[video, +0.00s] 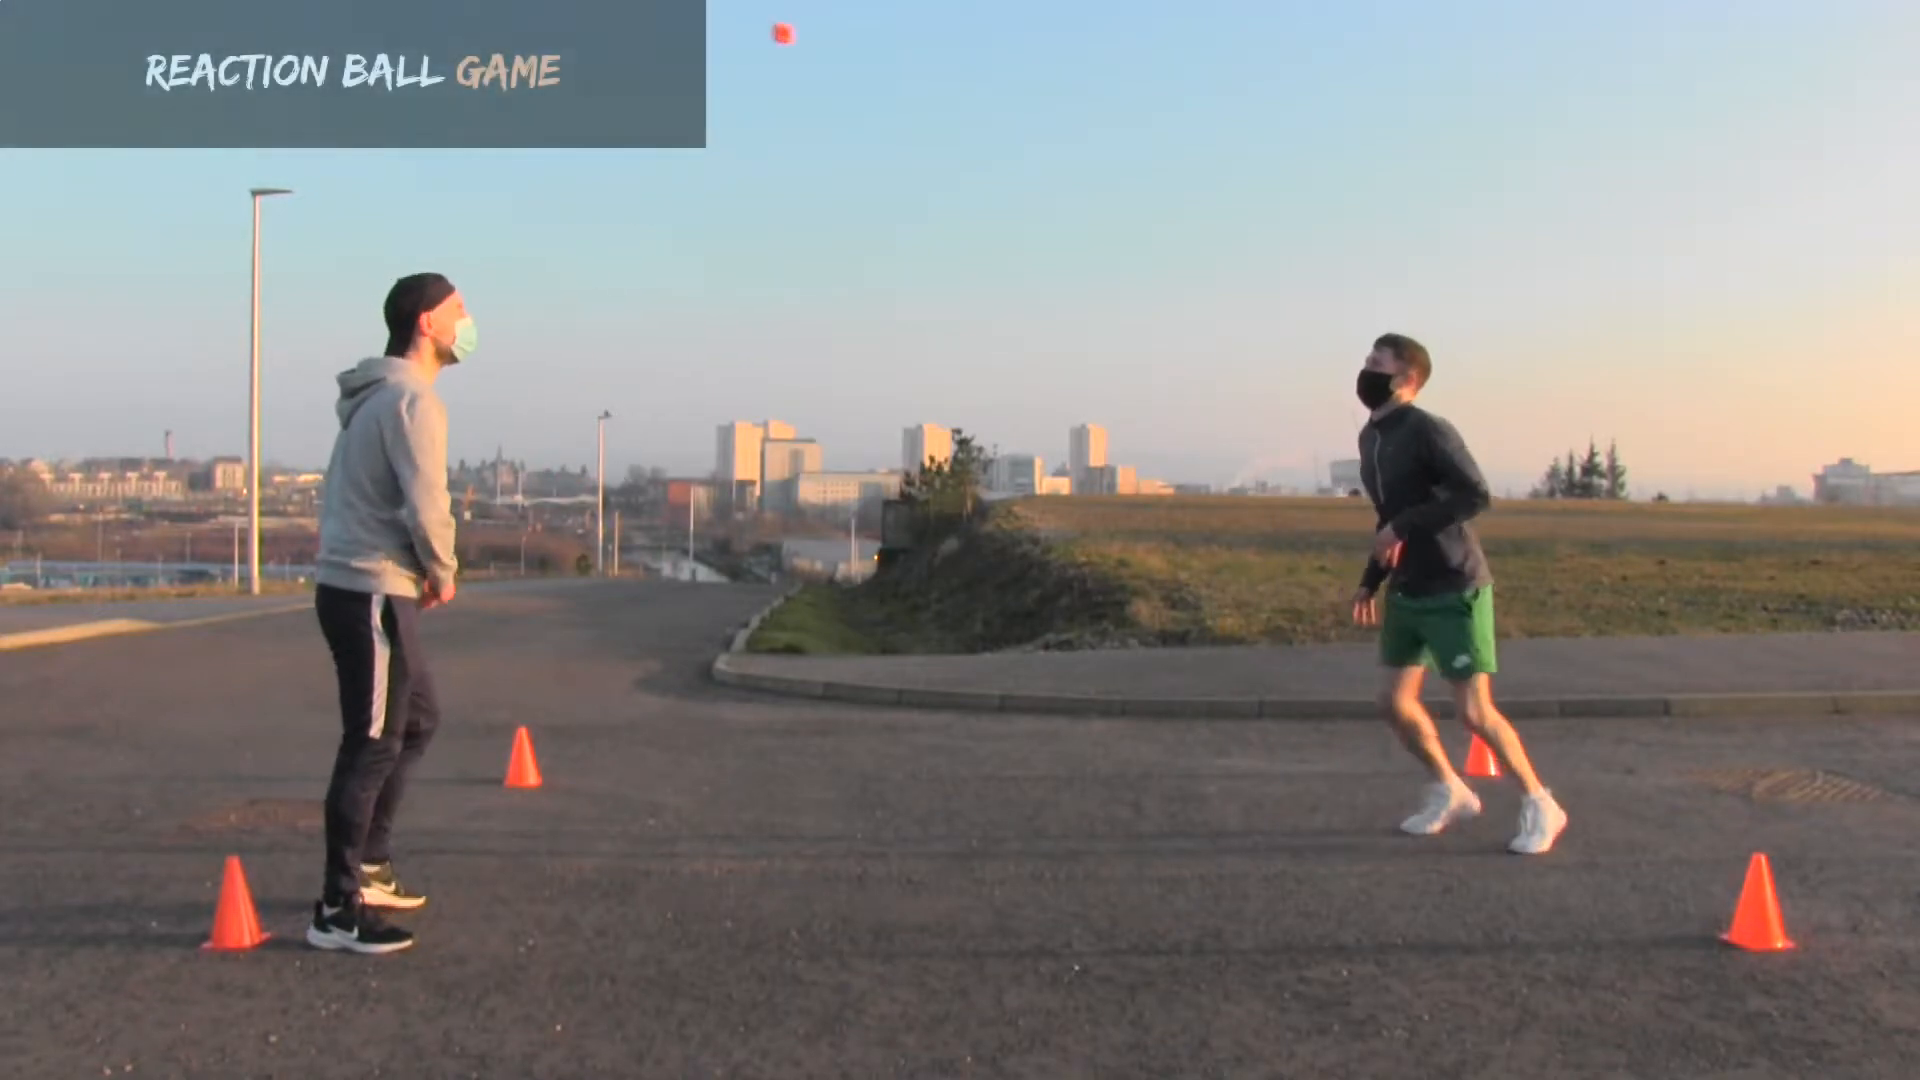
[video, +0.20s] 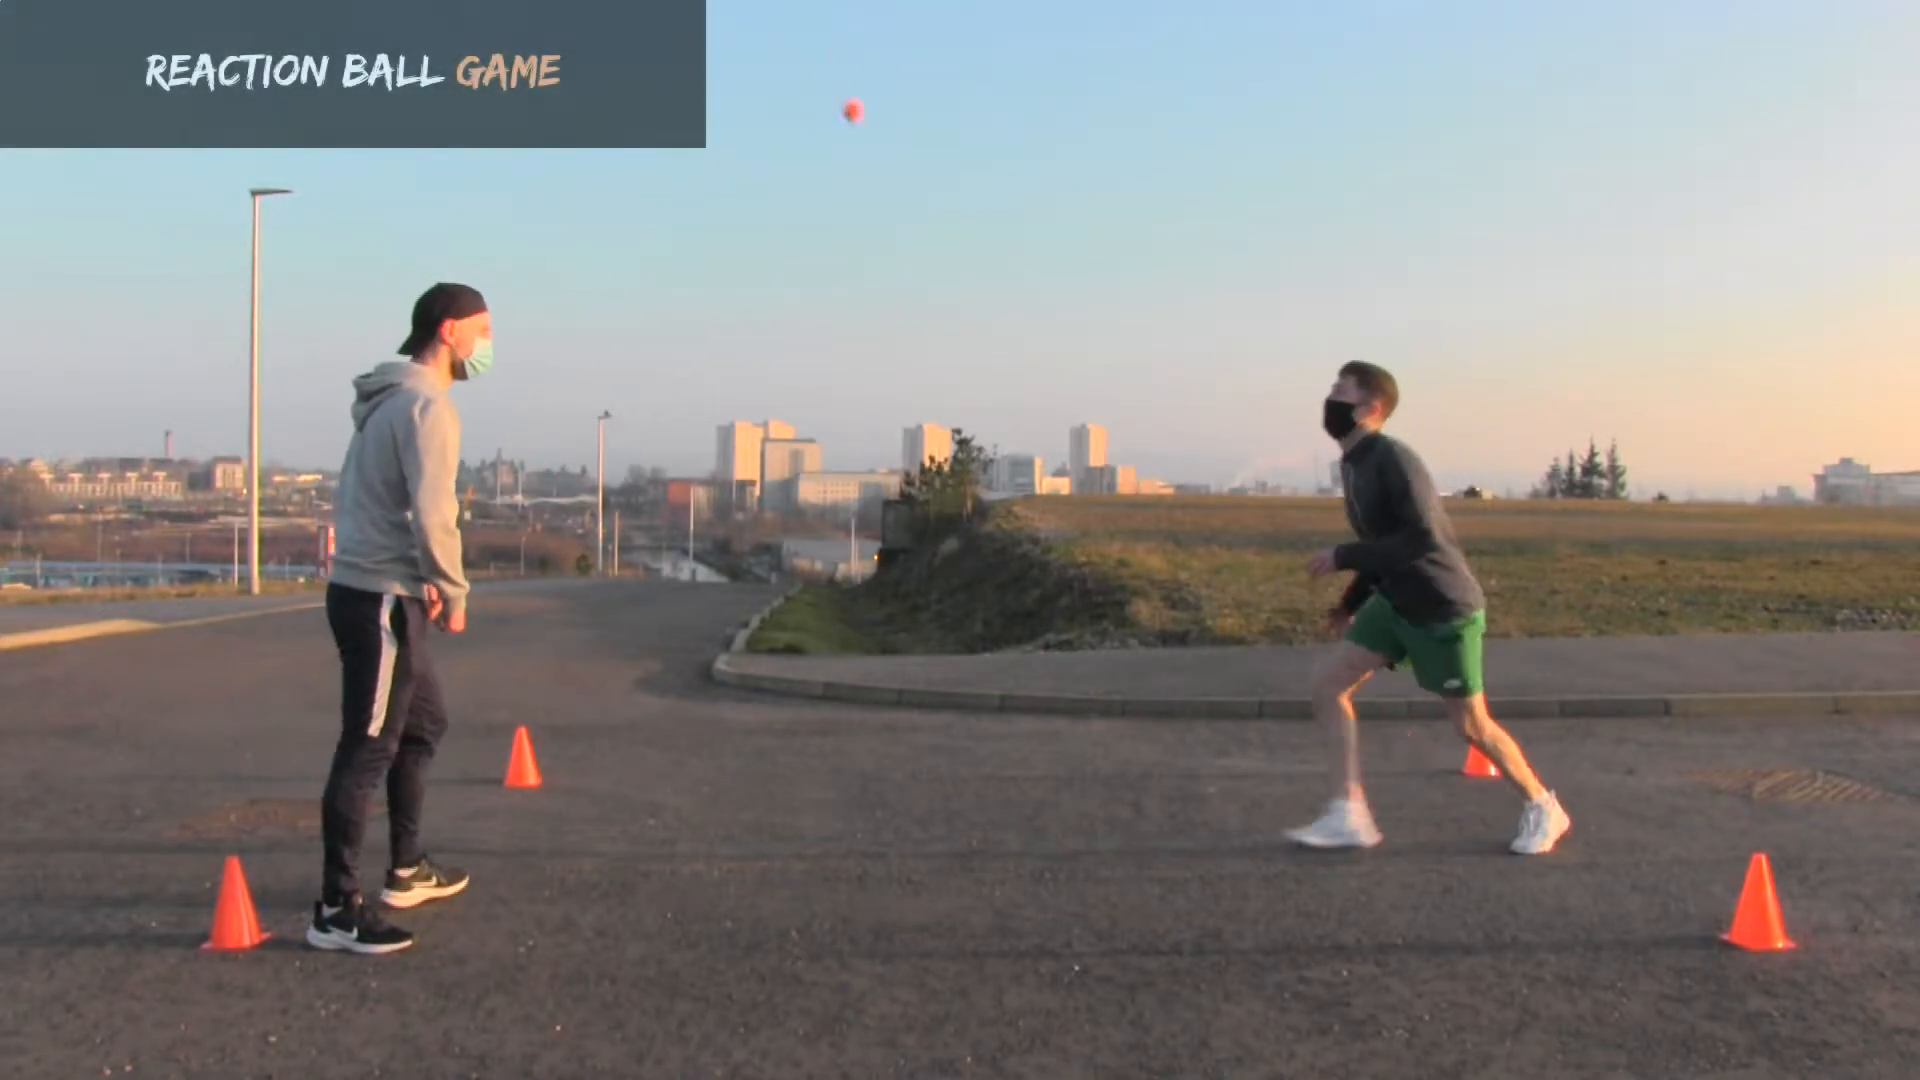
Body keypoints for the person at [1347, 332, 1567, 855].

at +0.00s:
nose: (1366, 368)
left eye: (1379, 361)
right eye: (1367, 359)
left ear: (1409, 377)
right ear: (1374, 371)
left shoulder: (1430, 431)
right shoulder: (1371, 438)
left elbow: (1475, 495)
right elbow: (1392, 522)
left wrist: (1400, 528)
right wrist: (1371, 582)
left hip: (1458, 591)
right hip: (1407, 592)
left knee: (1476, 709)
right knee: (1398, 701)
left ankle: (1541, 801)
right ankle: (1451, 788)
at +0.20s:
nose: (1330, 402)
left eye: (1343, 397)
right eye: (1332, 394)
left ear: (1375, 408)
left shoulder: (1393, 459)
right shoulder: (1353, 464)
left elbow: (1423, 538)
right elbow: (1382, 549)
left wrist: (1342, 558)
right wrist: (1350, 603)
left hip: (1448, 607)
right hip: (1395, 604)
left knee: (1474, 724)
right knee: (1331, 686)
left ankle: (1544, 805)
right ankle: (1350, 811)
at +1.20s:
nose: (1038, 480)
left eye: (1039, 467)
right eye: (1032, 469)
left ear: (1070, 455)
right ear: (1076, 455)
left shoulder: (1113, 491)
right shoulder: (1109, 497)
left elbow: (1184, 535)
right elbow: (1164, 558)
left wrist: (1124, 585)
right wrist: (1120, 594)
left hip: (1177, 652)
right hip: (1208, 650)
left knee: (1067, 744)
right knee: (1159, 736)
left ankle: (1078, 890)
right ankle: (1234, 837)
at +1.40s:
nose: (957, 428)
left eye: (958, 415)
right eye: (954, 417)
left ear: (982, 407)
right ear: (1005, 403)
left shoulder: (1018, 459)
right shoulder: (1040, 454)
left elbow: (1031, 552)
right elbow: (1050, 543)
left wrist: (984, 577)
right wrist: (993, 569)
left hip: (1082, 632)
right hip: (1116, 624)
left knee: (997, 758)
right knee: (1103, 736)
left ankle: (1066, 897)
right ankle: (1194, 829)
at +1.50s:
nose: (928, 389)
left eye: (928, 378)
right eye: (927, 378)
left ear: (945, 373)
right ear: (983, 368)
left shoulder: (973, 423)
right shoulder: (1024, 423)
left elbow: (979, 521)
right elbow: (1068, 500)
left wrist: (941, 550)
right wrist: (1012, 529)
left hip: (1039, 609)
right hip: (1081, 604)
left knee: (981, 754)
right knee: (1053, 718)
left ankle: (1060, 886)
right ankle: (1122, 837)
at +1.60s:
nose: (890, 352)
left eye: (890, 342)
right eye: (892, 343)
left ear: (901, 340)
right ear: (948, 334)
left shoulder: (908, 394)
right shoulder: (998, 396)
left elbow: (908, 481)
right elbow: (1034, 486)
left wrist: (891, 536)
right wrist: (995, 522)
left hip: (963, 579)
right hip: (1023, 576)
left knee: (935, 727)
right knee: (978, 721)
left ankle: (1013, 859)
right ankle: (969, 858)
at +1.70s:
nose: (894, 350)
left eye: (873, 344)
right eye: (918, 335)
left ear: (872, 345)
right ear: (925, 341)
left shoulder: (868, 399)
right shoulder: (973, 405)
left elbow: (857, 481)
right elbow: (1004, 499)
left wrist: (862, 525)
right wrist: (973, 548)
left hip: (911, 581)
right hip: (977, 582)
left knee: (882, 735)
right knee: (921, 736)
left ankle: (958, 862)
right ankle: (889, 889)